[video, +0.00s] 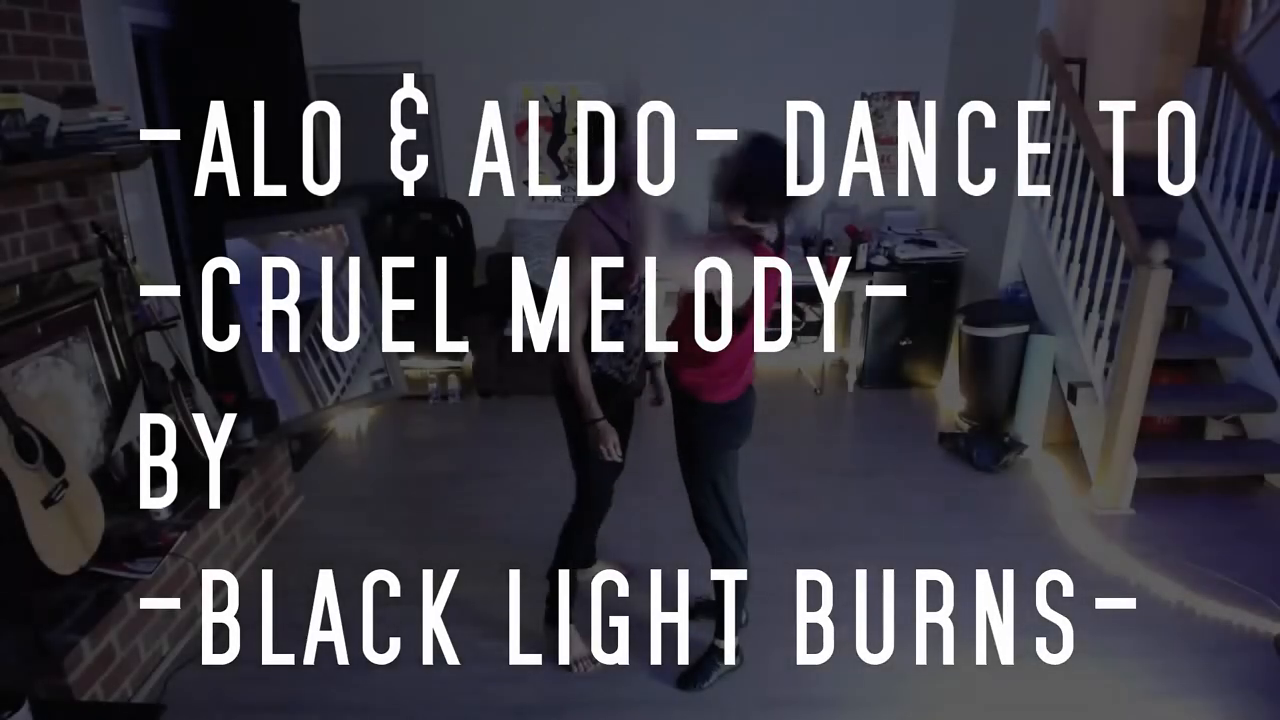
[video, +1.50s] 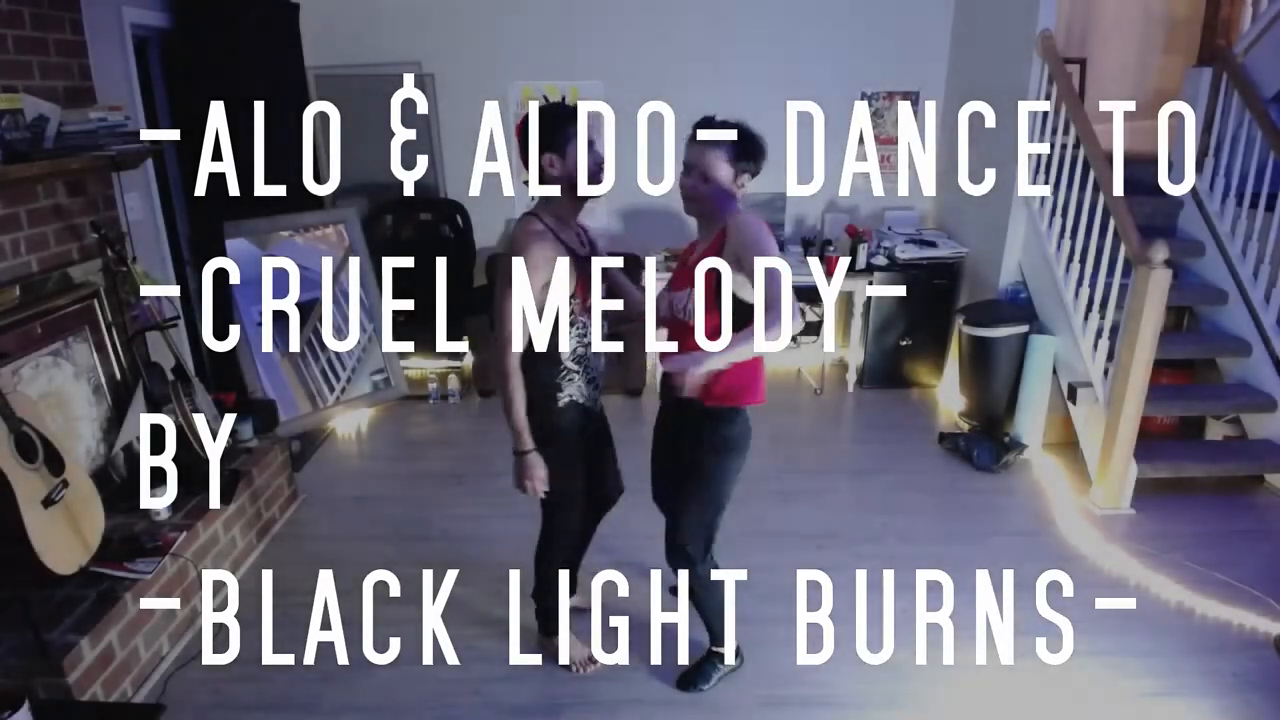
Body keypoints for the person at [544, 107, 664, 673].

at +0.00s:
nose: (645, 172)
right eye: (636, 160)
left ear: (620, 155)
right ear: (618, 163)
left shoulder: (640, 218)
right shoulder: (582, 229)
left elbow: (642, 298)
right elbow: (569, 337)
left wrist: (652, 363)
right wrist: (595, 419)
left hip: (622, 374)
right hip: (586, 377)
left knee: (601, 490)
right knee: (594, 495)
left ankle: (576, 589)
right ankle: (561, 618)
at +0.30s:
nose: (632, 158)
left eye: (625, 148)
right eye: (621, 149)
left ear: (581, 164)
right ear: (605, 162)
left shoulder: (612, 216)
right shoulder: (585, 230)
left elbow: (642, 254)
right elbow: (570, 351)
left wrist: (697, 250)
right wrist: (603, 435)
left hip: (606, 378)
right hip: (586, 382)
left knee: (585, 500)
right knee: (582, 504)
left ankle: (569, 614)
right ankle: (561, 629)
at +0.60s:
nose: (622, 165)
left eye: (615, 155)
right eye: (612, 157)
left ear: (573, 173)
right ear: (598, 170)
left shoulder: (605, 221)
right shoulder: (573, 245)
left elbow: (638, 263)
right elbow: (564, 363)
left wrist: (677, 263)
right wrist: (594, 453)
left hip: (600, 383)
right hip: (573, 391)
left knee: (579, 492)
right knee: (564, 508)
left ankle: (584, 568)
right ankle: (552, 633)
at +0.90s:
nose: (620, 174)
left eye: (617, 162)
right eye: (608, 163)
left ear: (573, 177)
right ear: (580, 176)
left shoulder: (593, 229)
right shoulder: (555, 248)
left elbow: (629, 276)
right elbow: (549, 370)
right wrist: (584, 462)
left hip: (591, 395)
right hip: (557, 403)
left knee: (601, 483)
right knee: (565, 517)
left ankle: (586, 569)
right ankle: (553, 636)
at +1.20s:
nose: (609, 167)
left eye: (607, 153)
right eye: (596, 156)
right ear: (563, 169)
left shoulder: (592, 226)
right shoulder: (544, 248)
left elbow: (626, 287)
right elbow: (531, 367)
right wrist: (561, 460)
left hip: (585, 395)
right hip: (544, 406)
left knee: (619, 494)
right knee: (552, 522)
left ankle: (567, 582)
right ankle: (552, 639)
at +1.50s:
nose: (600, 161)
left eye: (599, 148)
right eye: (587, 149)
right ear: (552, 160)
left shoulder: (576, 232)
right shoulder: (531, 240)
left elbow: (613, 300)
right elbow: (509, 353)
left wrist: (658, 305)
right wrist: (524, 447)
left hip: (584, 400)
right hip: (551, 406)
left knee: (604, 491)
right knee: (564, 521)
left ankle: (552, 594)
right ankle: (554, 636)